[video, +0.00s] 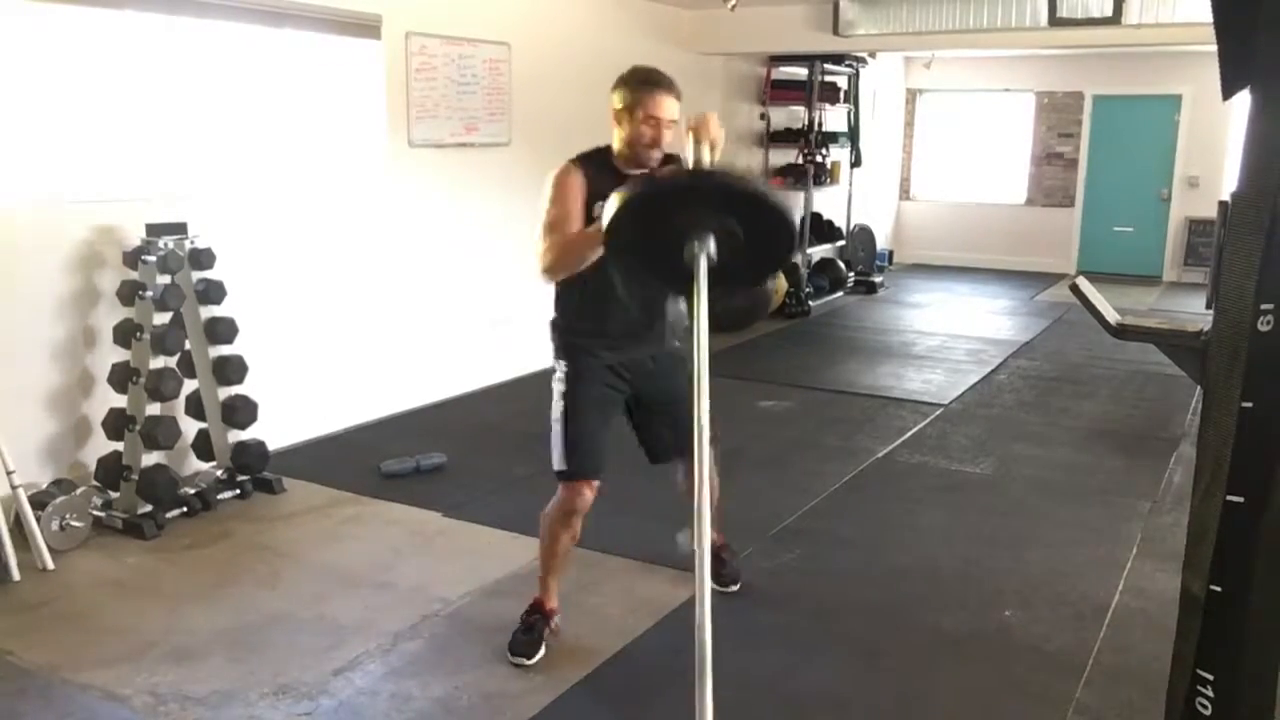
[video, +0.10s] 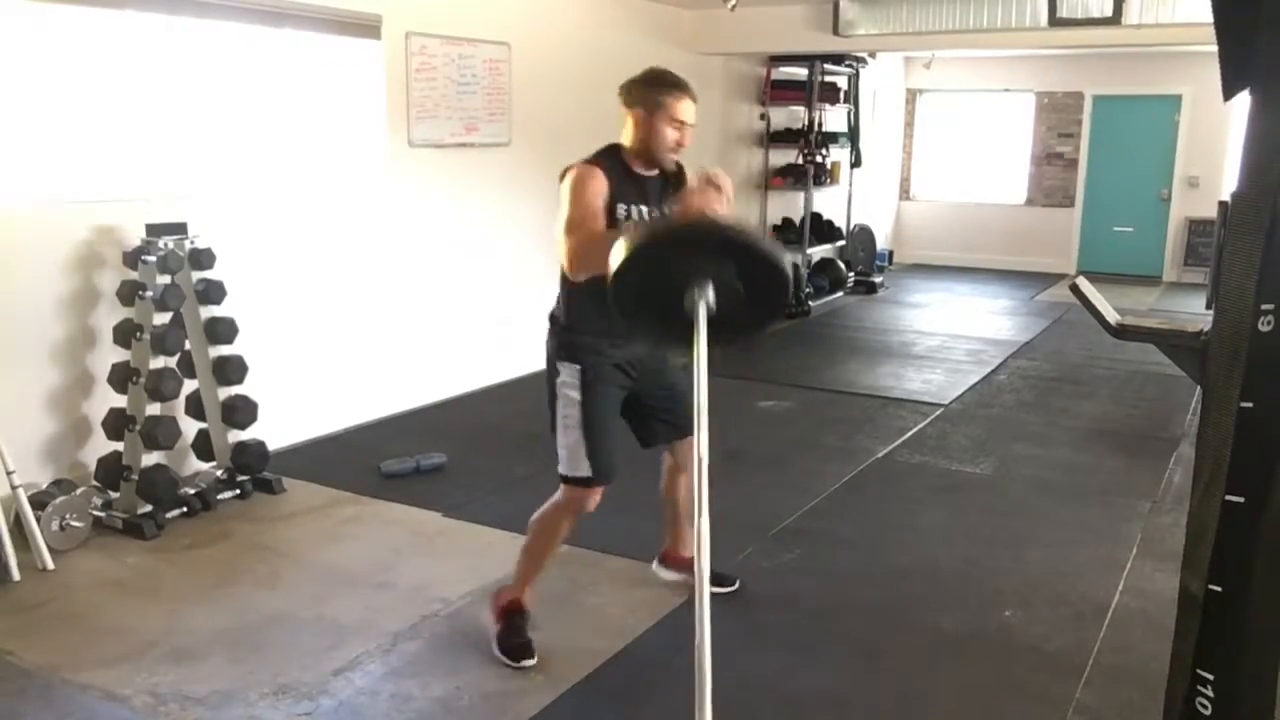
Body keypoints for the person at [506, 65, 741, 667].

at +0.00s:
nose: (659, 134)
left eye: (668, 123)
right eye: (648, 121)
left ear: (679, 127)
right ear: (618, 117)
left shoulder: (677, 175)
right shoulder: (579, 176)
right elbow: (552, 264)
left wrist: (706, 167)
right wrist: (618, 223)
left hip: (664, 348)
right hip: (590, 353)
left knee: (699, 459)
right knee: (577, 493)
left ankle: (710, 545)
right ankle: (544, 605)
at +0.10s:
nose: (684, 136)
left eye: (688, 124)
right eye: (675, 122)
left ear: (684, 126)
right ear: (636, 117)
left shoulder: (675, 186)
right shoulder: (590, 178)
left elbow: (682, 263)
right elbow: (578, 260)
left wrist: (708, 219)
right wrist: (671, 219)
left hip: (652, 341)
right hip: (587, 345)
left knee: (688, 442)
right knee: (582, 488)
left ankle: (678, 553)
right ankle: (512, 601)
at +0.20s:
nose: (704, 152)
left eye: (706, 140)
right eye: (696, 139)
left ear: (672, 138)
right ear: (658, 135)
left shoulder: (679, 196)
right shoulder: (611, 192)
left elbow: (692, 265)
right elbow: (593, 276)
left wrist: (720, 272)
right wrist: (680, 274)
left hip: (637, 348)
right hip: (586, 353)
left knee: (677, 445)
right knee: (584, 495)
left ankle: (675, 560)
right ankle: (489, 605)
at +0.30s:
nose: (720, 177)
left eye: (721, 165)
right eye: (714, 164)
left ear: (682, 161)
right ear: (679, 159)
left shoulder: (670, 212)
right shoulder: (636, 217)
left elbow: (675, 290)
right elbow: (633, 308)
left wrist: (708, 336)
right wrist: (709, 341)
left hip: (626, 359)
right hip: (582, 365)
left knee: (682, 438)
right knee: (586, 506)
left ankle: (674, 561)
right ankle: (478, 609)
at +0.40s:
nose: (728, 211)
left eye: (729, 198)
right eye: (723, 198)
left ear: (688, 196)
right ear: (693, 196)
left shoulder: (658, 236)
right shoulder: (663, 257)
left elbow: (649, 325)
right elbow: (669, 363)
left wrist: (695, 361)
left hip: (619, 381)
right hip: (580, 390)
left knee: (684, 450)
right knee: (594, 529)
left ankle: (674, 557)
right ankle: (466, 618)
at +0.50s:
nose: (738, 251)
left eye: (740, 240)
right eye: (734, 238)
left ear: (693, 236)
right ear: (704, 237)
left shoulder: (646, 265)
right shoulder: (684, 303)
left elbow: (634, 361)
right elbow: (688, 417)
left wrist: (683, 436)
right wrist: (703, 480)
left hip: (616, 401)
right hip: (576, 417)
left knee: (688, 444)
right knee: (604, 549)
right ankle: (469, 616)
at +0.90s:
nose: (728, 229)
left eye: (728, 217)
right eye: (721, 217)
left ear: (684, 217)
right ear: (689, 215)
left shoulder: (652, 252)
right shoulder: (679, 268)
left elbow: (645, 349)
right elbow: (691, 373)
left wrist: (688, 404)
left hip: (625, 395)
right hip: (587, 409)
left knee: (697, 447)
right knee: (592, 550)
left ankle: (671, 552)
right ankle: (462, 618)